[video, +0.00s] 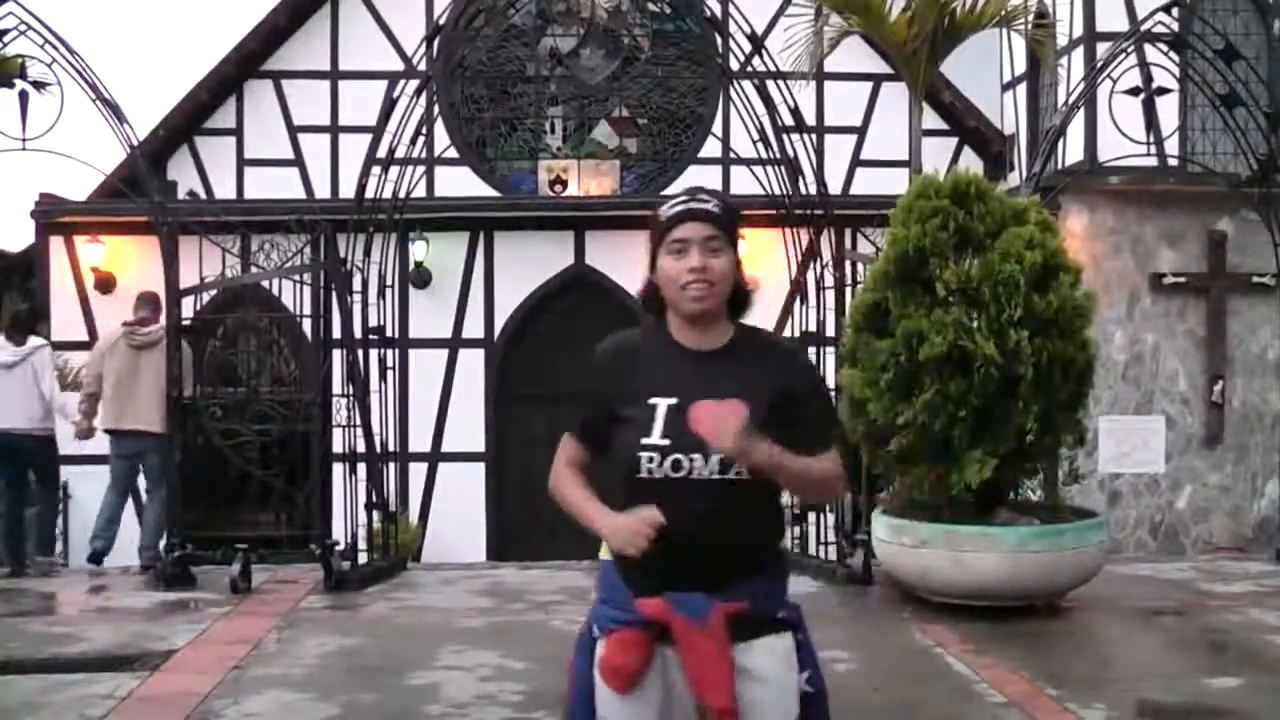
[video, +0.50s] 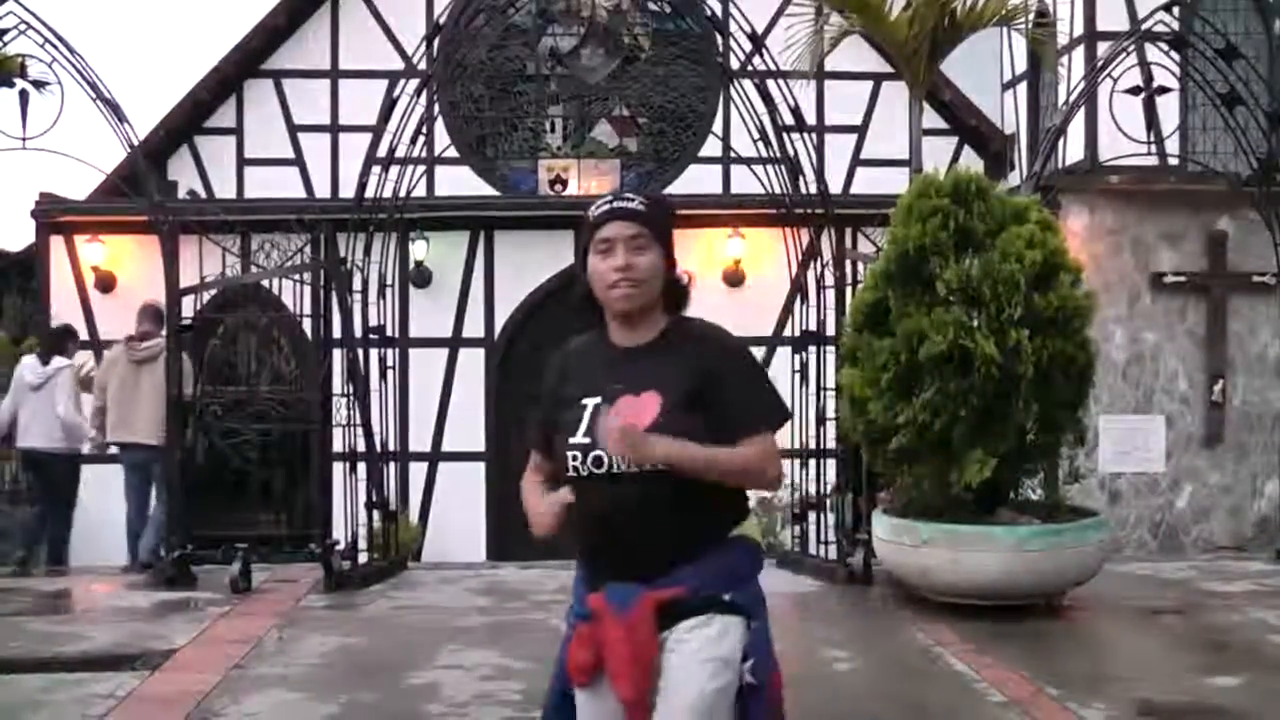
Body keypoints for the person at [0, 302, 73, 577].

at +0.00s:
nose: (38, 328)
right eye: (36, 324)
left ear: (9, 323)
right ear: (32, 325)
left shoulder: (2, 347)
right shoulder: (40, 349)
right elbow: (51, 393)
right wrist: (76, 417)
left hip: (6, 432)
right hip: (37, 434)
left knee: (12, 496)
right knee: (49, 491)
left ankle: (14, 561)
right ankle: (44, 553)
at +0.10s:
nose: (52, 330)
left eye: (51, 325)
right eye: (49, 326)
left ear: (19, 326)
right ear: (40, 327)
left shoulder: (4, 351)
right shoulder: (45, 351)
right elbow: (53, 395)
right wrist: (78, 416)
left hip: (9, 435)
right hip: (40, 435)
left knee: (16, 501)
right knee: (50, 497)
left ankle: (15, 559)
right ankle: (52, 558)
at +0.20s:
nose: (55, 333)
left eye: (54, 328)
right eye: (52, 329)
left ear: (19, 329)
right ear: (44, 330)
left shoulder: (6, 355)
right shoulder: (51, 357)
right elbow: (56, 397)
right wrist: (79, 417)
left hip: (10, 437)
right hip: (43, 438)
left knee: (16, 499)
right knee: (49, 499)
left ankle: (15, 559)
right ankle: (48, 559)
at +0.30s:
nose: (59, 340)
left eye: (58, 335)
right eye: (57, 336)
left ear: (26, 335)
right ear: (48, 336)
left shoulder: (9, 362)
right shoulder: (54, 363)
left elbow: (4, 400)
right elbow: (60, 402)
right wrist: (87, 423)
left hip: (14, 441)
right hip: (47, 444)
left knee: (20, 503)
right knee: (54, 502)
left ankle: (16, 561)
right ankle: (54, 561)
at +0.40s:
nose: (68, 347)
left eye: (69, 342)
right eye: (67, 342)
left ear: (40, 339)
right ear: (59, 341)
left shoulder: (19, 365)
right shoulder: (60, 367)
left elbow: (5, 404)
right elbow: (62, 409)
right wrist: (89, 428)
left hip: (24, 445)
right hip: (55, 447)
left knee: (36, 505)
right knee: (58, 507)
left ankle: (21, 555)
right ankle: (55, 563)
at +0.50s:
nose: (75, 349)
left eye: (75, 344)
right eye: (74, 344)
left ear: (49, 342)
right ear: (66, 345)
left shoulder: (25, 366)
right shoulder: (65, 369)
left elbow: (8, 407)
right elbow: (66, 412)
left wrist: (3, 429)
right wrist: (87, 434)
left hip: (28, 447)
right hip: (59, 449)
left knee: (41, 504)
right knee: (61, 508)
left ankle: (24, 553)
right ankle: (56, 564)